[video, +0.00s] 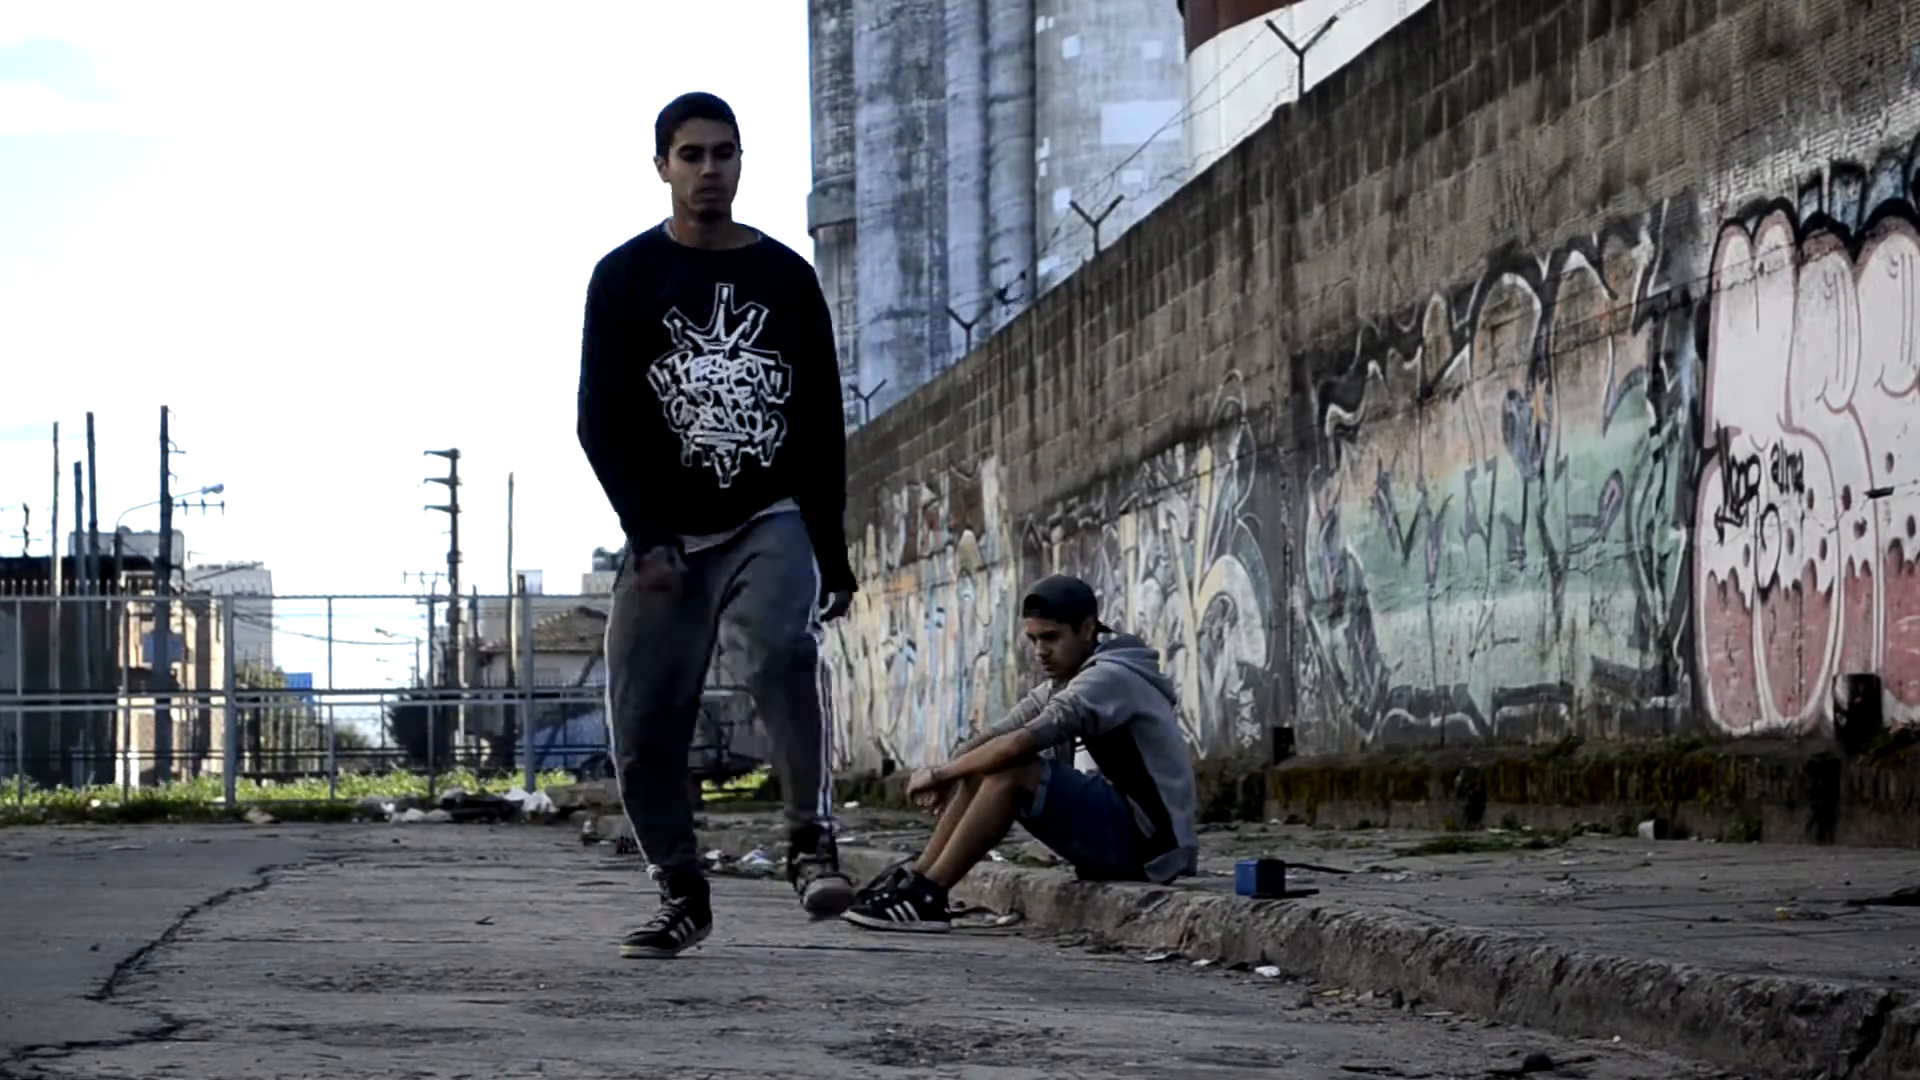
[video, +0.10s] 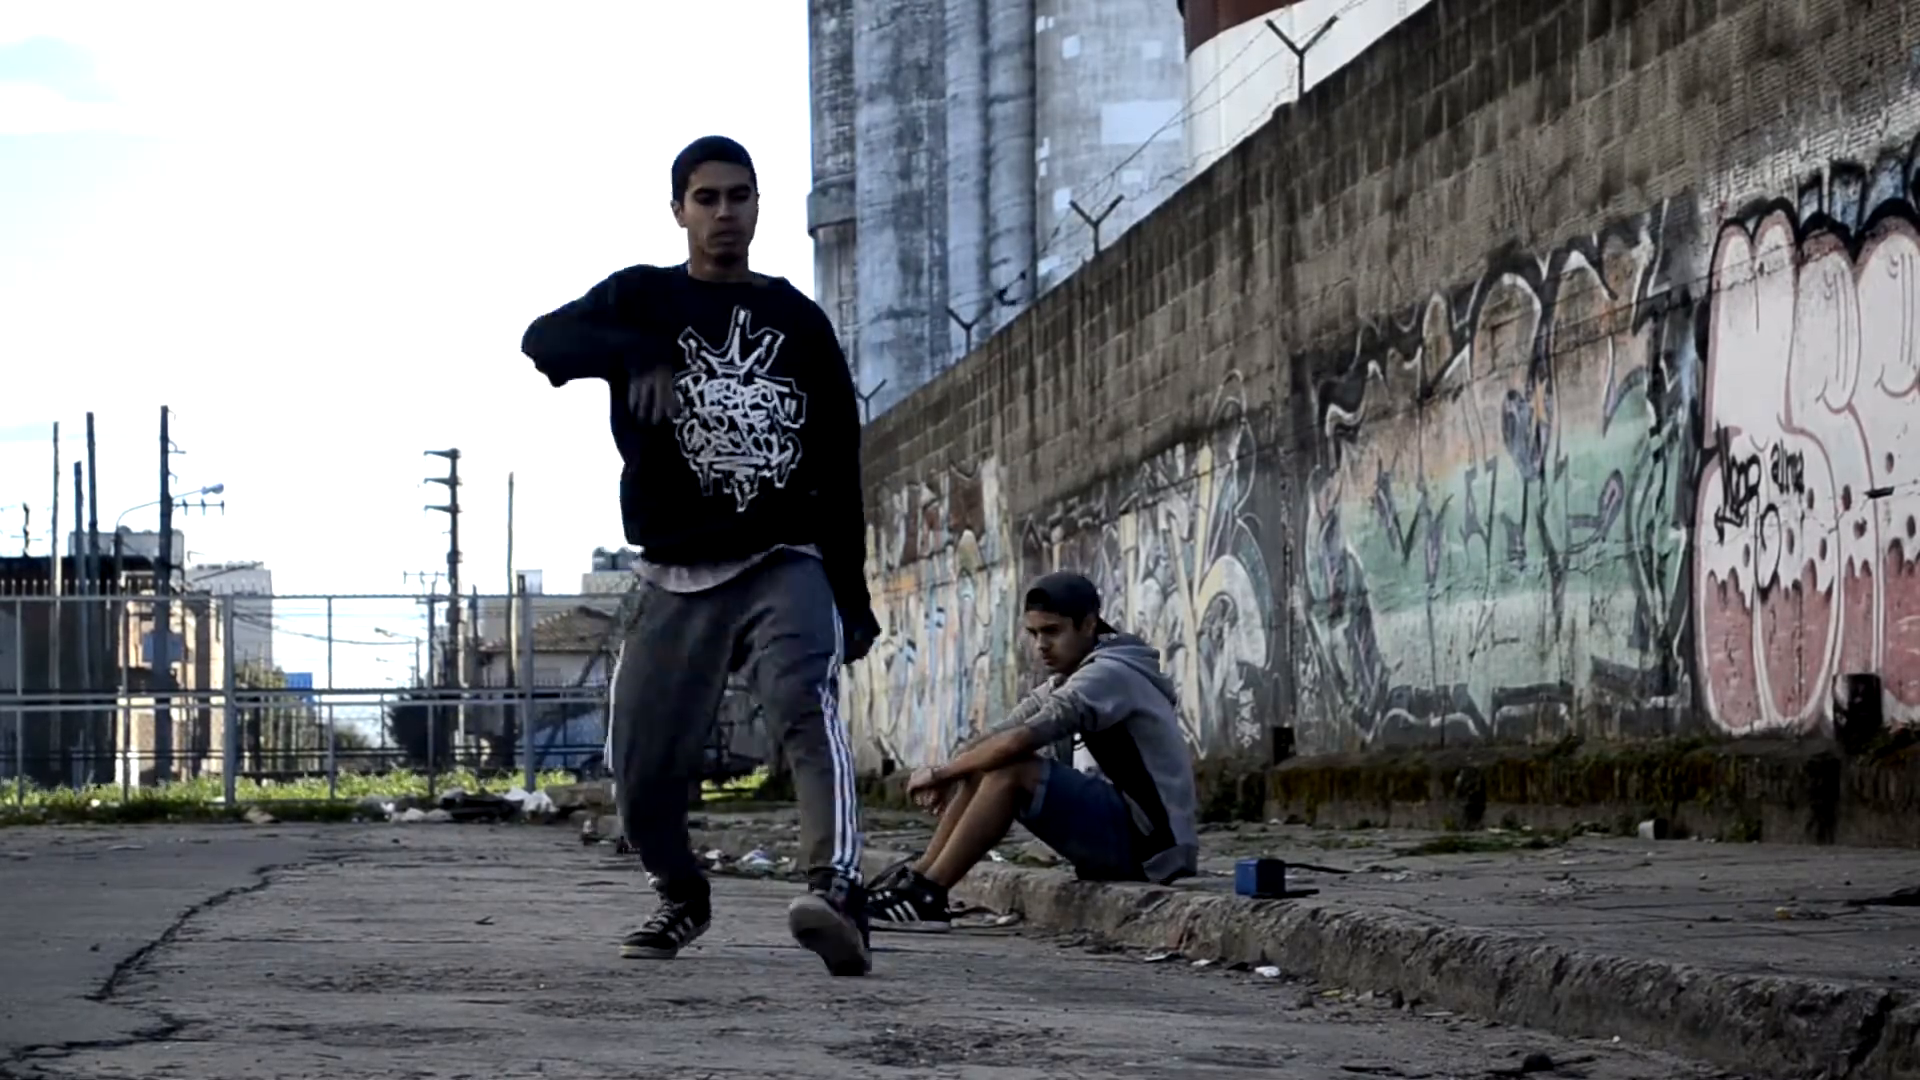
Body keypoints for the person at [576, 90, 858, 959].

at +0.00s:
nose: (709, 170)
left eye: (723, 154)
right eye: (691, 155)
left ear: (741, 164)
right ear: (663, 167)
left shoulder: (788, 275)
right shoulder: (623, 276)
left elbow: (821, 415)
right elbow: (599, 414)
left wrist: (830, 544)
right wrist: (641, 531)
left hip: (771, 512)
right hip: (663, 529)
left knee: (786, 651)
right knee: (639, 728)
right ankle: (683, 897)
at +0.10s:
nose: (726, 211)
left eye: (739, 196)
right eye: (708, 198)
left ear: (758, 207)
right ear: (680, 211)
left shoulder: (799, 319)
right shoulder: (640, 295)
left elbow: (839, 459)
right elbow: (544, 340)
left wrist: (850, 586)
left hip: (782, 558)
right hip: (672, 570)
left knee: (802, 701)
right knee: (640, 766)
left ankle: (836, 894)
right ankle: (682, 897)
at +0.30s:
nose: (755, 283)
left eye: (761, 270)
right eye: (733, 273)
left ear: (770, 285)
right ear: (691, 298)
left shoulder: (822, 397)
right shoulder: (657, 383)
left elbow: (924, 503)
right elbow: (569, 321)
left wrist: (895, 595)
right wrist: (642, 244)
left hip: (797, 622)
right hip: (693, 646)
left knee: (806, 700)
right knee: (622, 850)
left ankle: (842, 912)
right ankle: (693, 890)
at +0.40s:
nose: (766, 291)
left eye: (770, 277)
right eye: (744, 279)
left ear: (777, 292)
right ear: (699, 304)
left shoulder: (835, 389)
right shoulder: (660, 388)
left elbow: (962, 413)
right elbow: (570, 323)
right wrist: (636, 243)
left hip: (794, 634)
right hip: (689, 661)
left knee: (800, 700)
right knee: (616, 858)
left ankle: (843, 911)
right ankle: (688, 887)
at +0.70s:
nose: (743, 187)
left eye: (746, 174)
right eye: (723, 176)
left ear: (753, 188)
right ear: (678, 193)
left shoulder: (798, 292)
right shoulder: (635, 294)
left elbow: (864, 407)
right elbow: (515, 357)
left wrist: (887, 315)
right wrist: (601, 263)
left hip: (780, 553)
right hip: (671, 559)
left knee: (796, 715)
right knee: (629, 750)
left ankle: (822, 898)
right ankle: (677, 890)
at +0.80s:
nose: (727, 146)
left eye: (733, 133)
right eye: (708, 133)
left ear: (743, 145)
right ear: (666, 148)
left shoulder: (789, 258)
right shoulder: (620, 258)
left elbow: (818, 386)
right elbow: (553, 373)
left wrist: (827, 498)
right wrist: (585, 439)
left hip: (769, 511)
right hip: (659, 513)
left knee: (771, 682)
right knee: (643, 711)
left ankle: (756, 861)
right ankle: (654, 878)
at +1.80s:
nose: (728, 205)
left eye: (737, 193)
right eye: (709, 195)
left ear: (750, 213)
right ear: (673, 218)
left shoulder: (791, 324)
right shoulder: (631, 325)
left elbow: (802, 445)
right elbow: (612, 458)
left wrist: (802, 544)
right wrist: (702, 496)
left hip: (774, 563)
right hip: (672, 559)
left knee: (783, 730)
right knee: (686, 729)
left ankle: (735, 743)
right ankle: (702, 895)